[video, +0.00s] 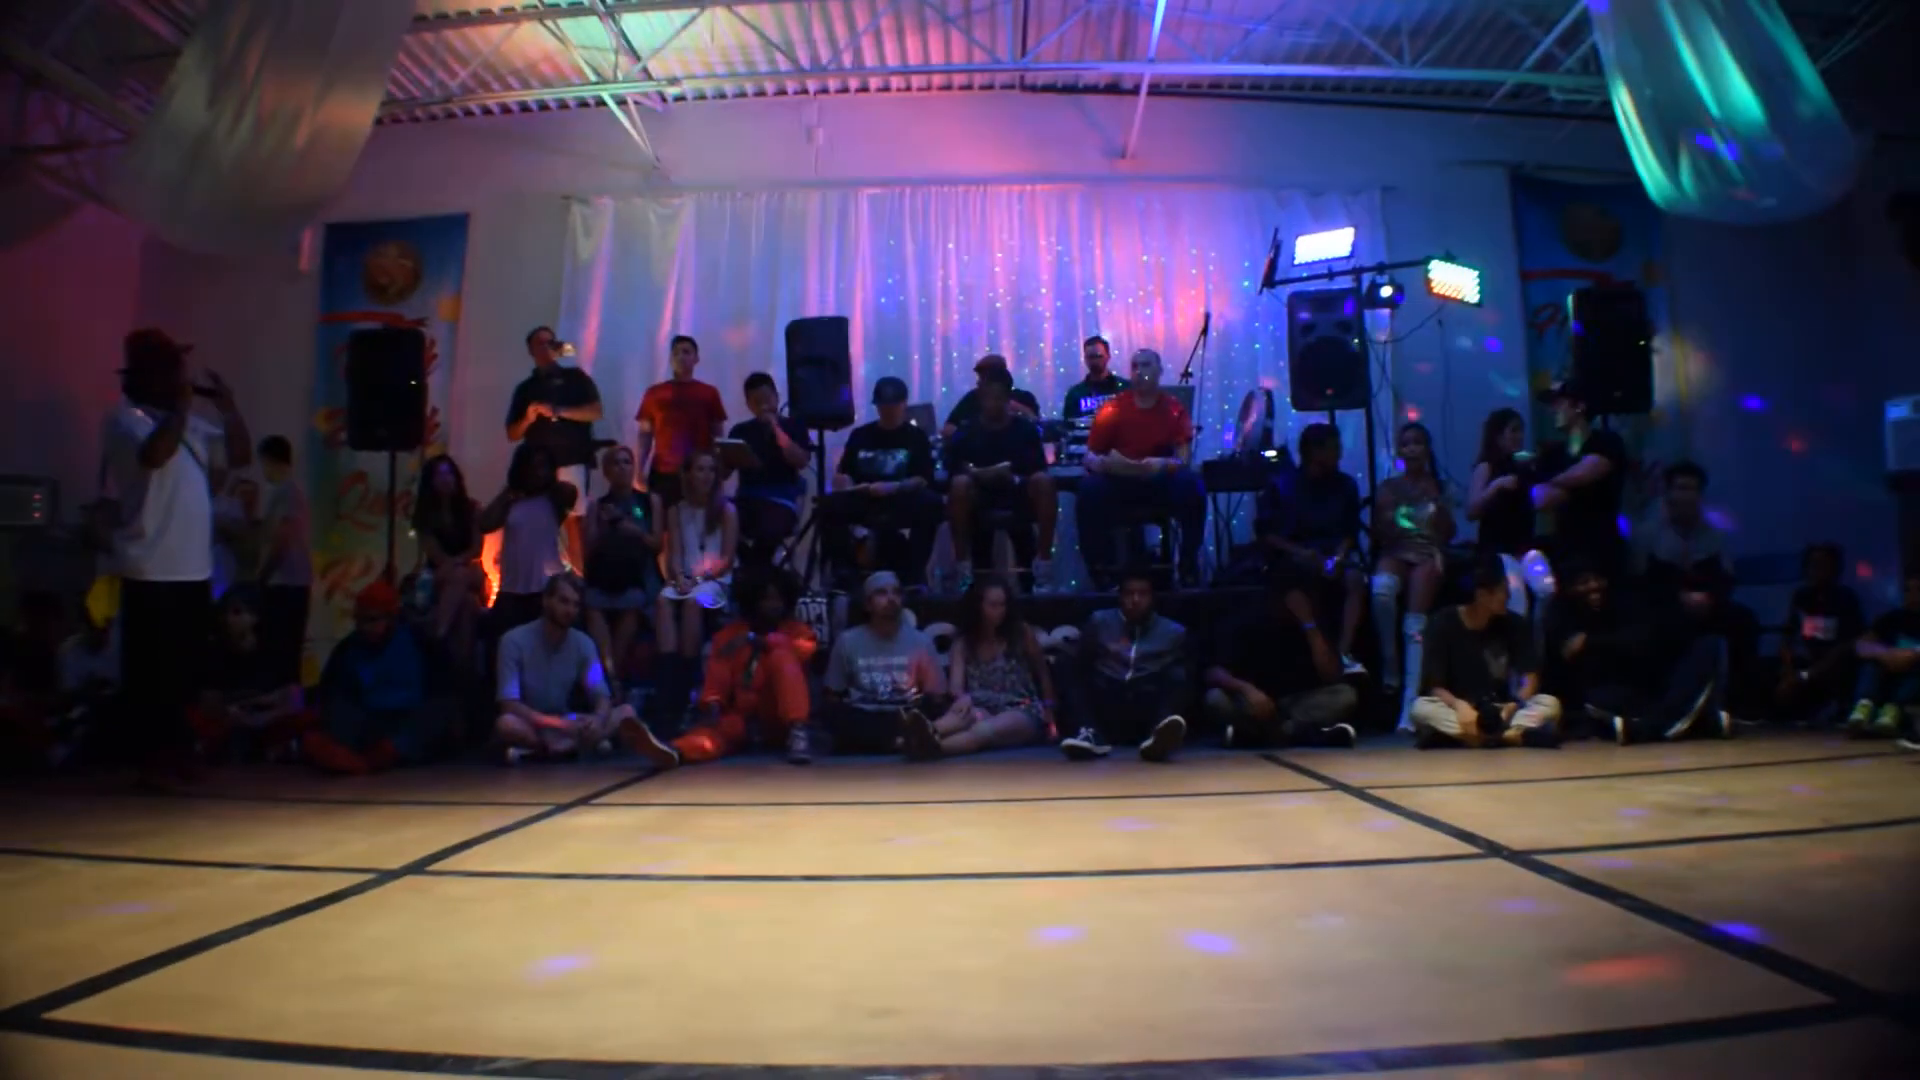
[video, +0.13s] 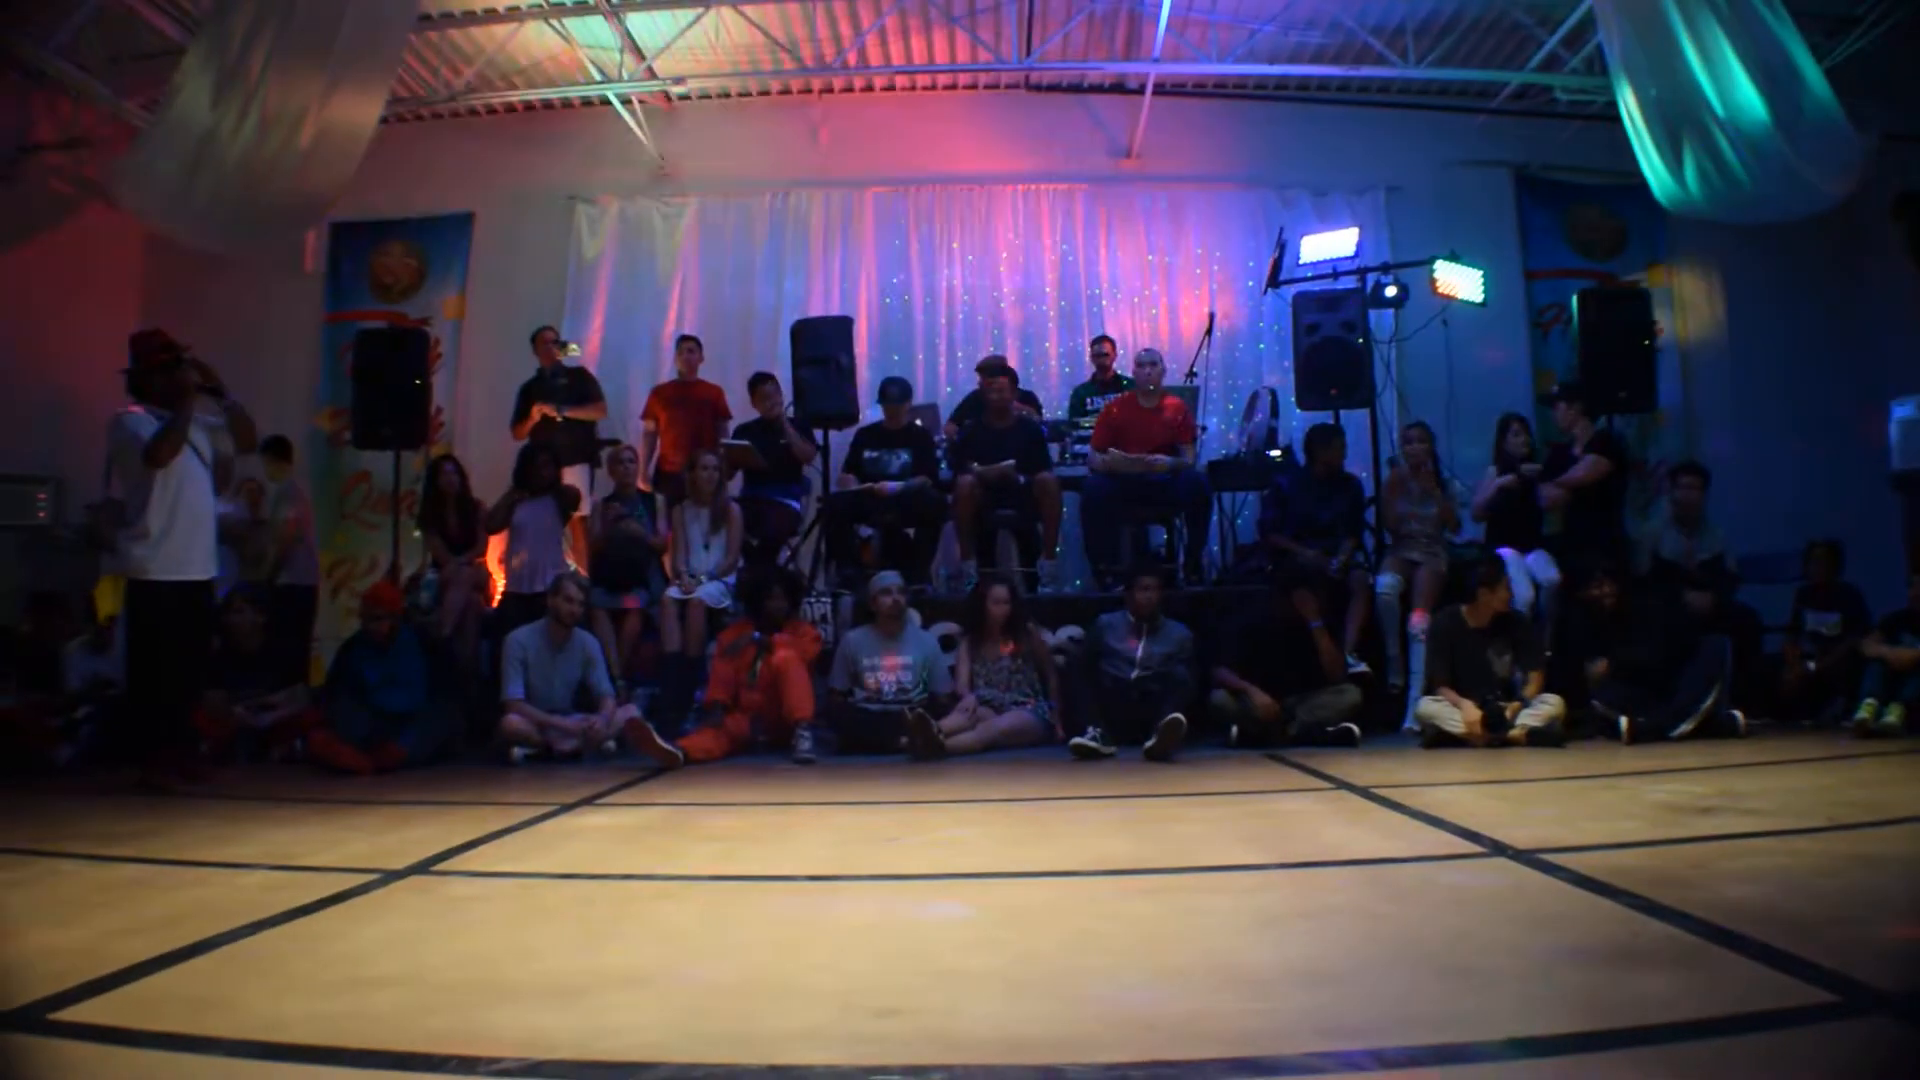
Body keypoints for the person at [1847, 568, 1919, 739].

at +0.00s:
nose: (1911, 596)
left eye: (1914, 590)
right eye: (1908, 590)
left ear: (1918, 592)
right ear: (1904, 592)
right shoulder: (1896, 617)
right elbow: (1861, 646)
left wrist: (1909, 656)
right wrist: (1888, 655)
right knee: (1871, 661)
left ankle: (1893, 709)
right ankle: (1864, 704)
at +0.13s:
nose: (1914, 593)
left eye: (1916, 587)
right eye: (1912, 587)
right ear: (1909, 591)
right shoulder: (1898, 618)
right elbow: (1868, 645)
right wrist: (1892, 654)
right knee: (1877, 662)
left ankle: (1897, 709)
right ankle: (1868, 704)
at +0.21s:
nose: (1914, 593)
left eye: (1915, 586)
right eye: (1912, 586)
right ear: (1908, 589)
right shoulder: (1898, 617)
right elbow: (1869, 643)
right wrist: (1892, 652)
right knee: (1876, 660)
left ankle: (1898, 707)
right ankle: (1869, 702)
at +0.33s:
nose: (1914, 593)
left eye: (1916, 586)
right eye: (1912, 586)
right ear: (1908, 590)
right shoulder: (1897, 617)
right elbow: (1868, 644)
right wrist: (1891, 653)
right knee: (1877, 662)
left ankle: (1897, 708)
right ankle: (1868, 703)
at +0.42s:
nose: (1914, 593)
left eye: (1916, 587)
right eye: (1911, 587)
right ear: (1907, 590)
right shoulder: (1897, 617)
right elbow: (1868, 644)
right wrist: (1891, 653)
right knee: (1877, 660)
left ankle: (1896, 708)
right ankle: (1868, 703)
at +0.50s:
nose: (1913, 592)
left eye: (1915, 586)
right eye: (1911, 586)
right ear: (1907, 590)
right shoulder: (1898, 616)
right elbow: (1868, 643)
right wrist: (1891, 653)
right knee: (1877, 662)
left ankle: (1896, 708)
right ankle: (1868, 703)